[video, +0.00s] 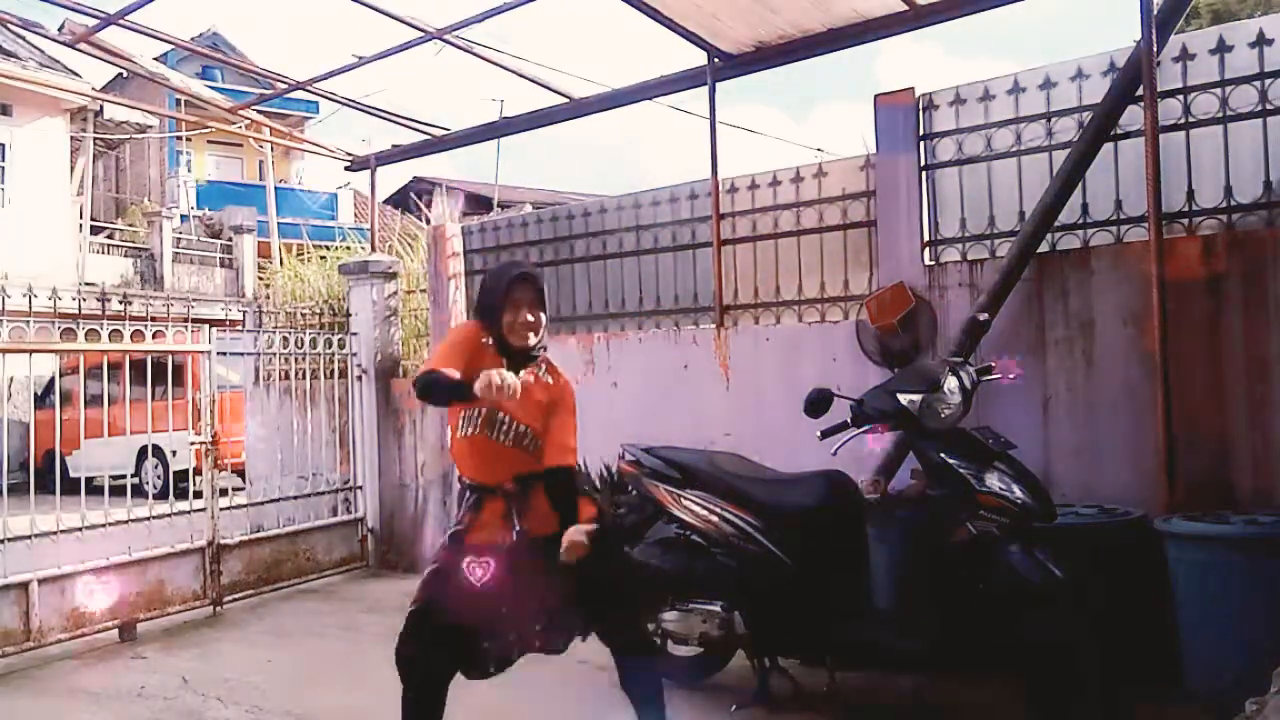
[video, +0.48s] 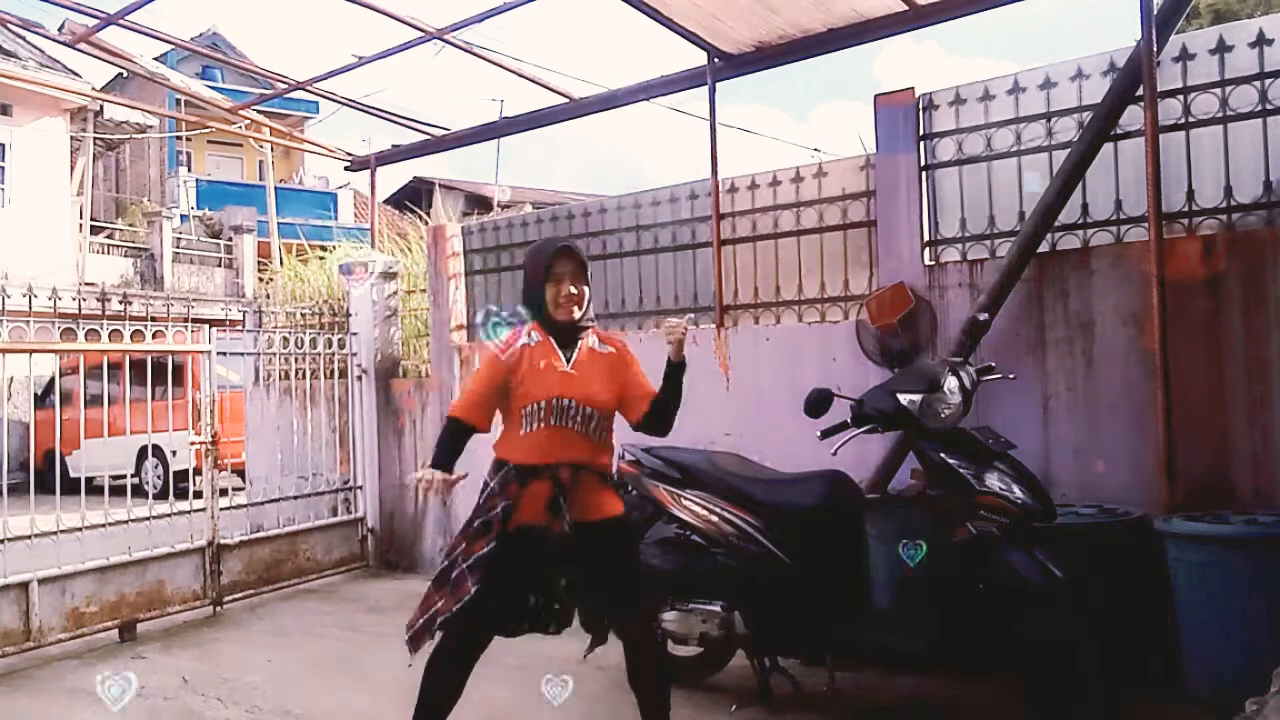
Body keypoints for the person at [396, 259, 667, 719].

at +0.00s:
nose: (528, 316)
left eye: (536, 307)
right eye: (515, 306)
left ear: (545, 315)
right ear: (493, 312)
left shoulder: (554, 385)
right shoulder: (471, 338)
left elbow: (560, 466)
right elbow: (427, 384)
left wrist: (572, 524)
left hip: (548, 516)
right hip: (481, 517)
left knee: (626, 619)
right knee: (420, 647)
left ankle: (652, 716)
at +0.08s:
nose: (532, 310)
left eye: (540, 300)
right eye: (519, 301)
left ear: (548, 308)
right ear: (496, 307)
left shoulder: (562, 373)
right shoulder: (470, 342)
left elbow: (586, 455)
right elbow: (445, 395)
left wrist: (606, 435)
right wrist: (437, 455)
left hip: (568, 519)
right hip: (487, 519)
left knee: (627, 631)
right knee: (428, 639)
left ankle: (654, 714)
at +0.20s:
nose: (546, 279)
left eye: (553, 268)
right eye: (533, 269)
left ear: (563, 275)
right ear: (510, 276)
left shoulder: (581, 335)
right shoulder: (484, 329)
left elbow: (627, 407)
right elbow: (448, 409)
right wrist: (416, 481)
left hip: (570, 489)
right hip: (493, 491)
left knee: (622, 612)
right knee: (444, 624)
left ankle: (658, 714)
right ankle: (418, 717)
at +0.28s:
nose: (559, 280)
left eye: (566, 269)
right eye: (545, 271)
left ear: (577, 275)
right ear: (524, 280)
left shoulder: (601, 331)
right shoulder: (503, 339)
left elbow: (661, 390)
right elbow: (465, 428)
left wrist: (661, 322)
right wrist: (420, 507)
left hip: (582, 511)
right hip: (508, 512)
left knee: (635, 629)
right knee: (451, 634)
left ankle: (657, 715)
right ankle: (418, 718)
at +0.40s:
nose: (567, 299)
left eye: (575, 288)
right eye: (555, 289)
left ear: (586, 296)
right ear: (533, 297)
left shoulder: (612, 358)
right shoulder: (512, 364)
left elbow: (663, 422)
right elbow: (473, 442)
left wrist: (672, 350)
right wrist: (432, 508)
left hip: (594, 524)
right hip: (519, 525)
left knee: (644, 634)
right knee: (457, 642)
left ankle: (656, 718)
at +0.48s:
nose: (570, 291)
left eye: (577, 280)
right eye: (556, 282)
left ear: (589, 287)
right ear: (535, 291)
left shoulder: (612, 353)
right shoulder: (511, 353)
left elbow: (656, 422)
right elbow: (466, 416)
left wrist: (675, 361)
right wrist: (441, 464)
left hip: (597, 513)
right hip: (520, 513)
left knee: (643, 632)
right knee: (465, 634)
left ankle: (657, 717)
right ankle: (425, 719)